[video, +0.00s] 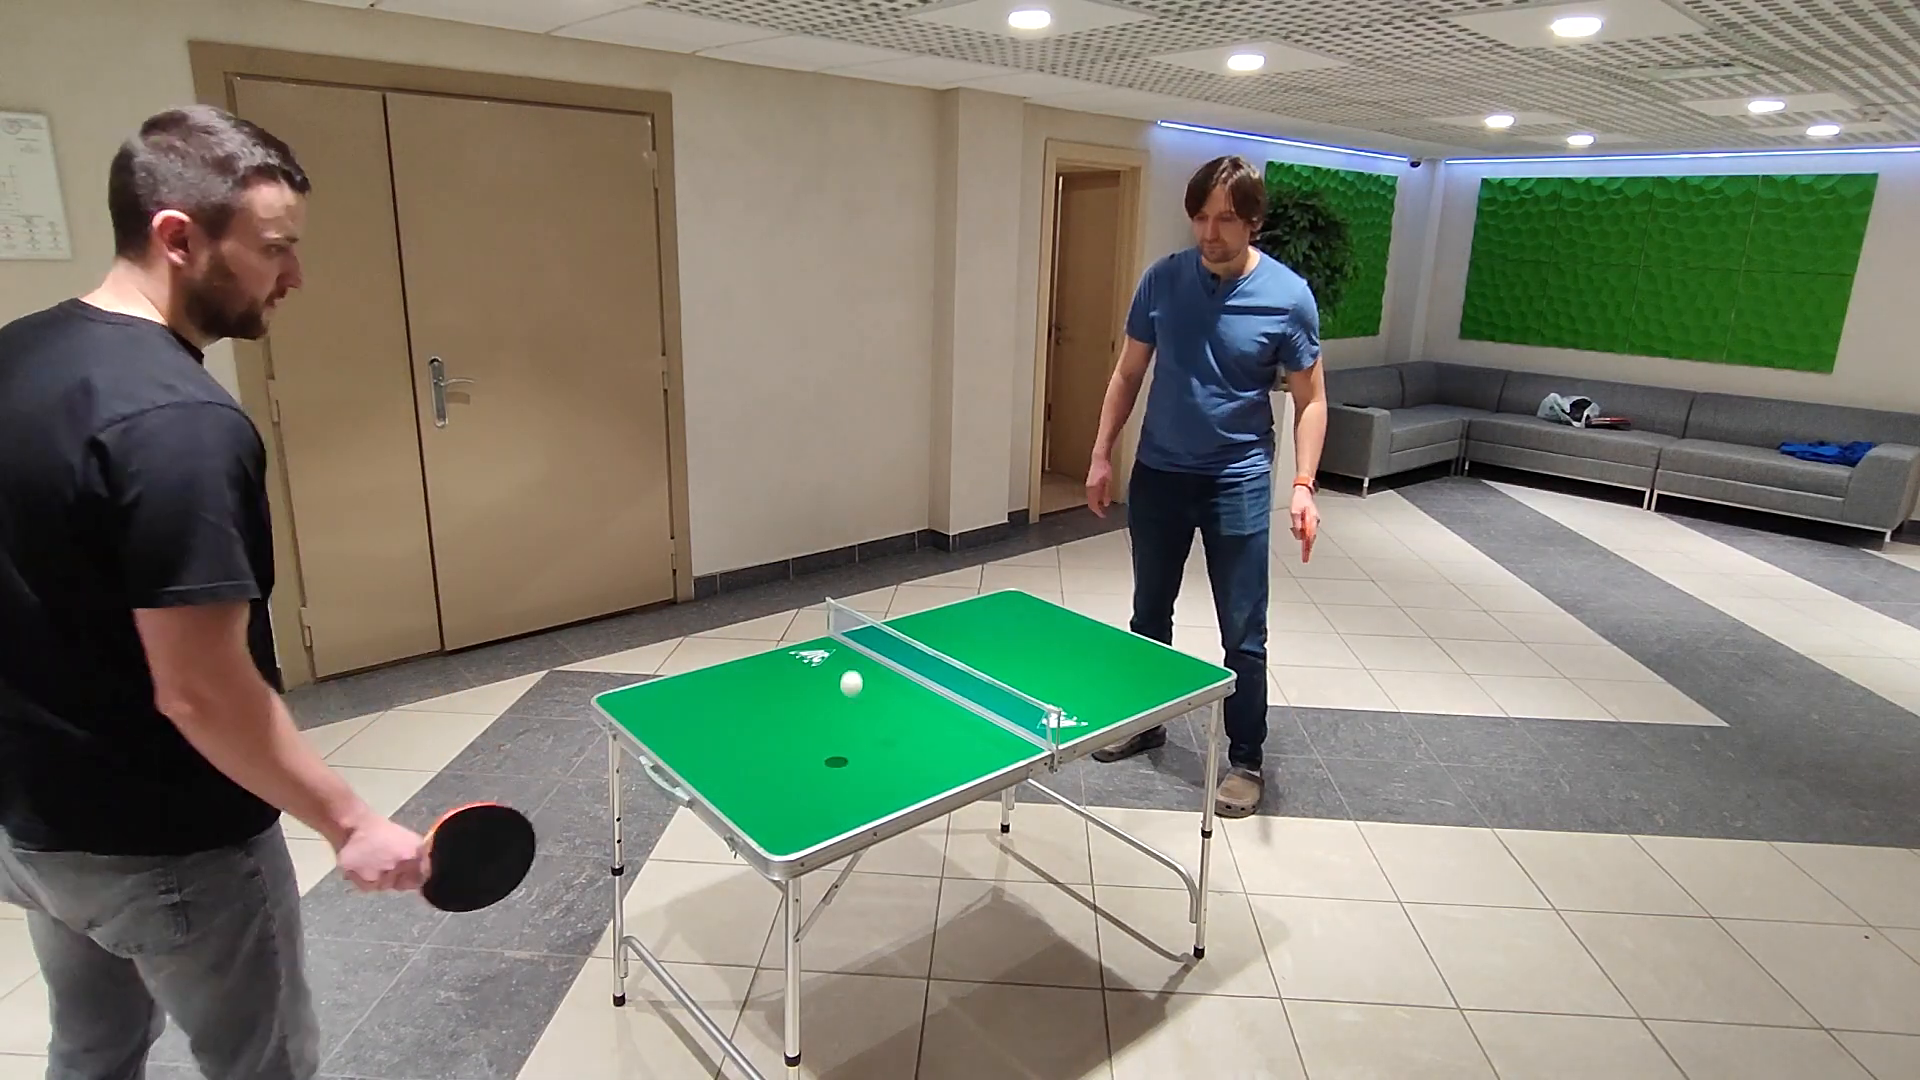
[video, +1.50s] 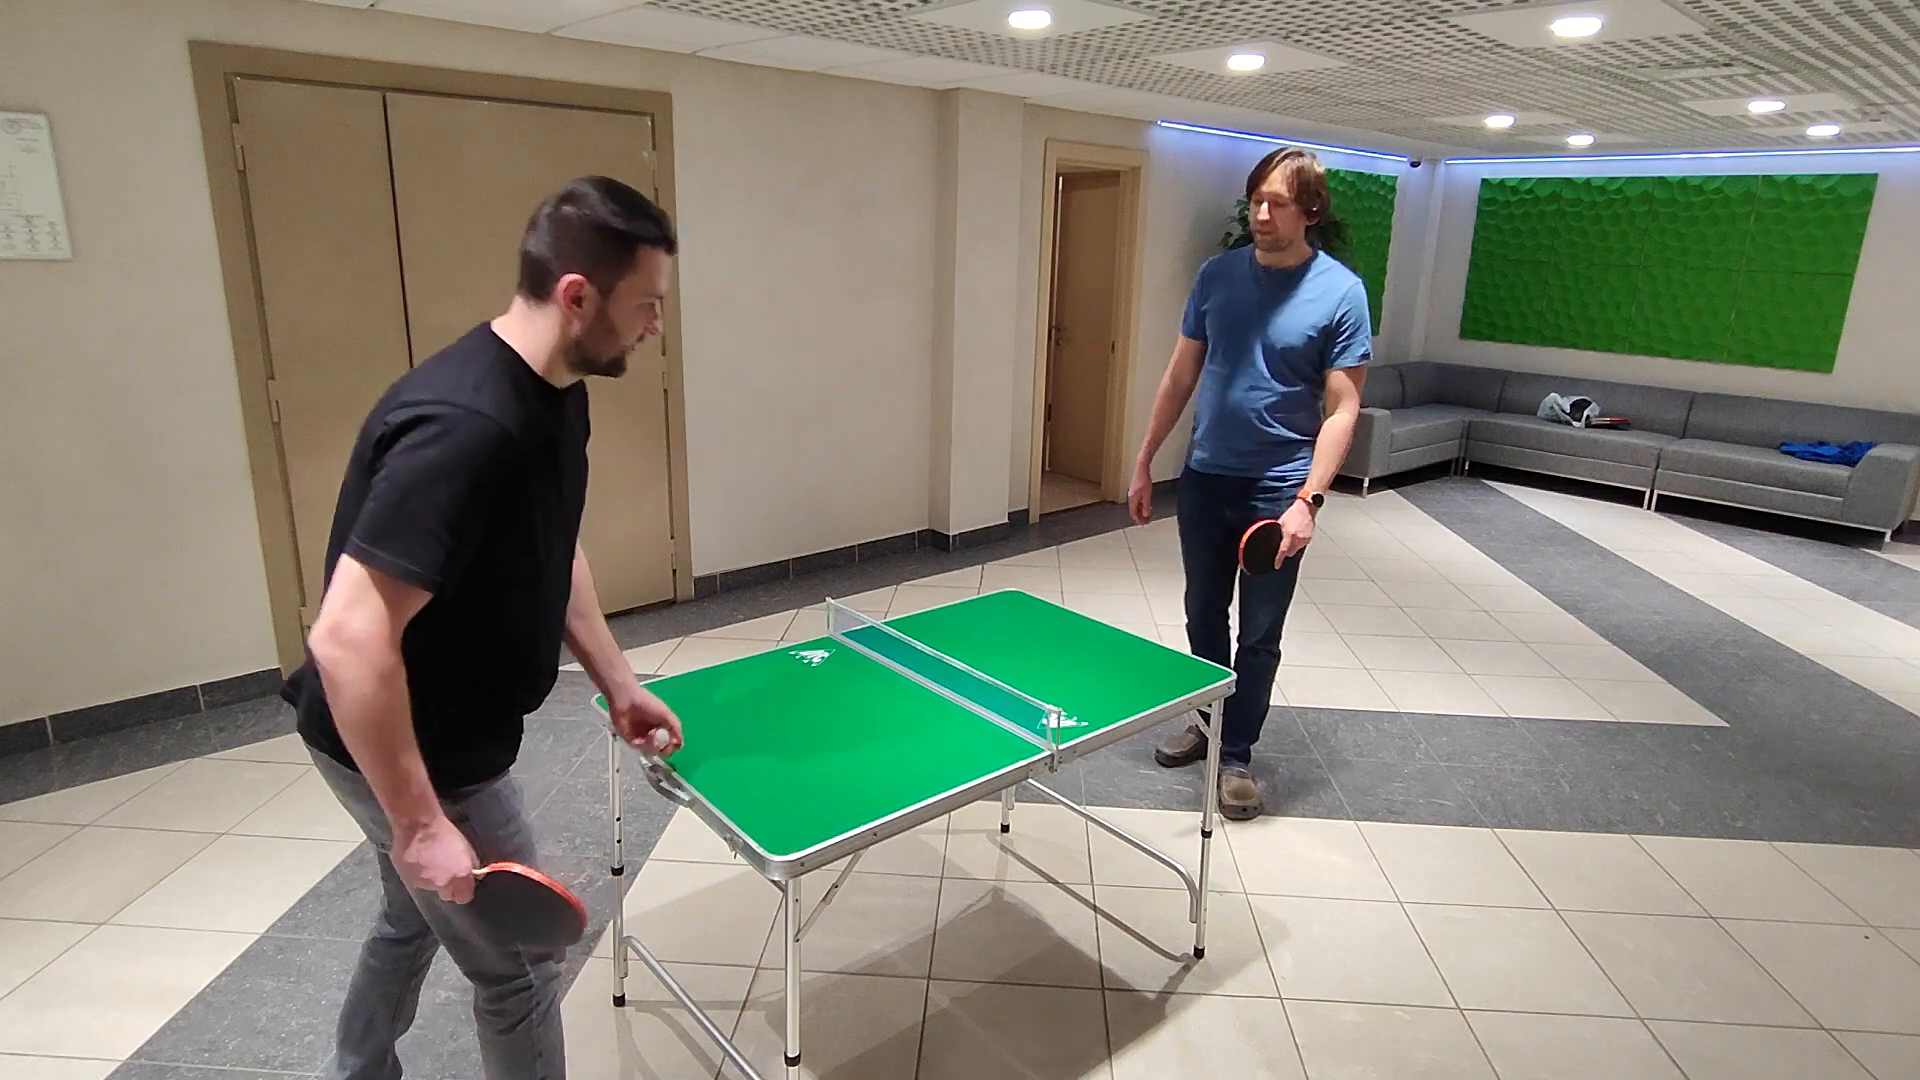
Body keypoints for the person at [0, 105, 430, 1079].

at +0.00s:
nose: (295, 277)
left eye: (294, 248)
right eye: (278, 246)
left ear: (171, 239)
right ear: (177, 239)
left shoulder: (18, 352)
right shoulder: (182, 422)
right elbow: (204, 688)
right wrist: (348, 822)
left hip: (36, 821)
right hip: (176, 847)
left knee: (90, 1056)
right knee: (269, 1063)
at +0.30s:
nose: (333, 287)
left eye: (331, 258)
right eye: (313, 259)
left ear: (213, 256)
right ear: (216, 254)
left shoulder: (165, 366)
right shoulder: (177, 426)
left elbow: (266, 561)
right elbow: (174, 692)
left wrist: (402, 656)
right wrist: (352, 795)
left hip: (121, 795)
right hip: (201, 820)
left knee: (115, 1038)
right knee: (389, 1011)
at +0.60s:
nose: (609, 390)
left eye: (612, 369)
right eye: (604, 369)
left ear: (523, 352)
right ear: (536, 359)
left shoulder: (433, 414)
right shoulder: (435, 489)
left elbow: (562, 546)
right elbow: (344, 735)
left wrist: (703, 613)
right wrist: (494, 854)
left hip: (246, 769)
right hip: (317, 808)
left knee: (217, 1021)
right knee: (515, 979)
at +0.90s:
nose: (750, 416)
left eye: (760, 398)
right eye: (752, 396)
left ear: (671, 354)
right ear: (698, 374)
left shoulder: (573, 410)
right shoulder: (583, 475)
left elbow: (637, 588)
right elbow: (450, 696)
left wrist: (707, 706)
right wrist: (537, 853)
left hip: (327, 711)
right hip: (403, 770)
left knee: (319, 945)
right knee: (542, 972)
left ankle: (232, 1078)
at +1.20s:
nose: (755, 385)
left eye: (761, 366)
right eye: (755, 365)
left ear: (688, 340)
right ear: (696, 347)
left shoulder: (583, 398)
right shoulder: (583, 453)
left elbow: (586, 580)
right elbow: (449, 671)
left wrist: (639, 707)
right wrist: (525, 841)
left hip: (374, 712)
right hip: (431, 757)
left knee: (393, 926)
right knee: (538, 972)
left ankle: (332, 1069)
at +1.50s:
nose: (654, 326)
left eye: (658, 305)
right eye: (645, 304)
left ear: (578, 297)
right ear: (576, 294)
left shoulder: (553, 397)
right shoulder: (467, 425)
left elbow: (553, 561)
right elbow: (347, 637)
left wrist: (620, 688)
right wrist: (420, 826)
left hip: (458, 724)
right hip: (427, 756)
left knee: (410, 921)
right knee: (518, 979)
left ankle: (361, 1066)